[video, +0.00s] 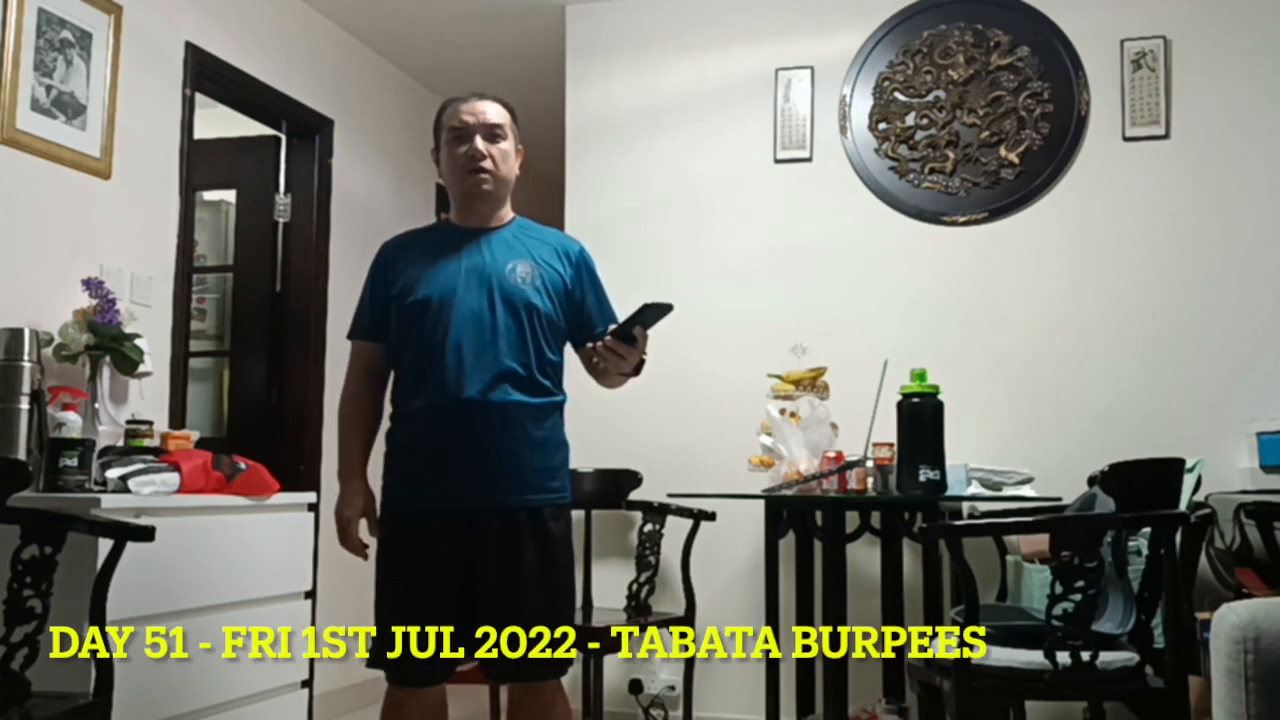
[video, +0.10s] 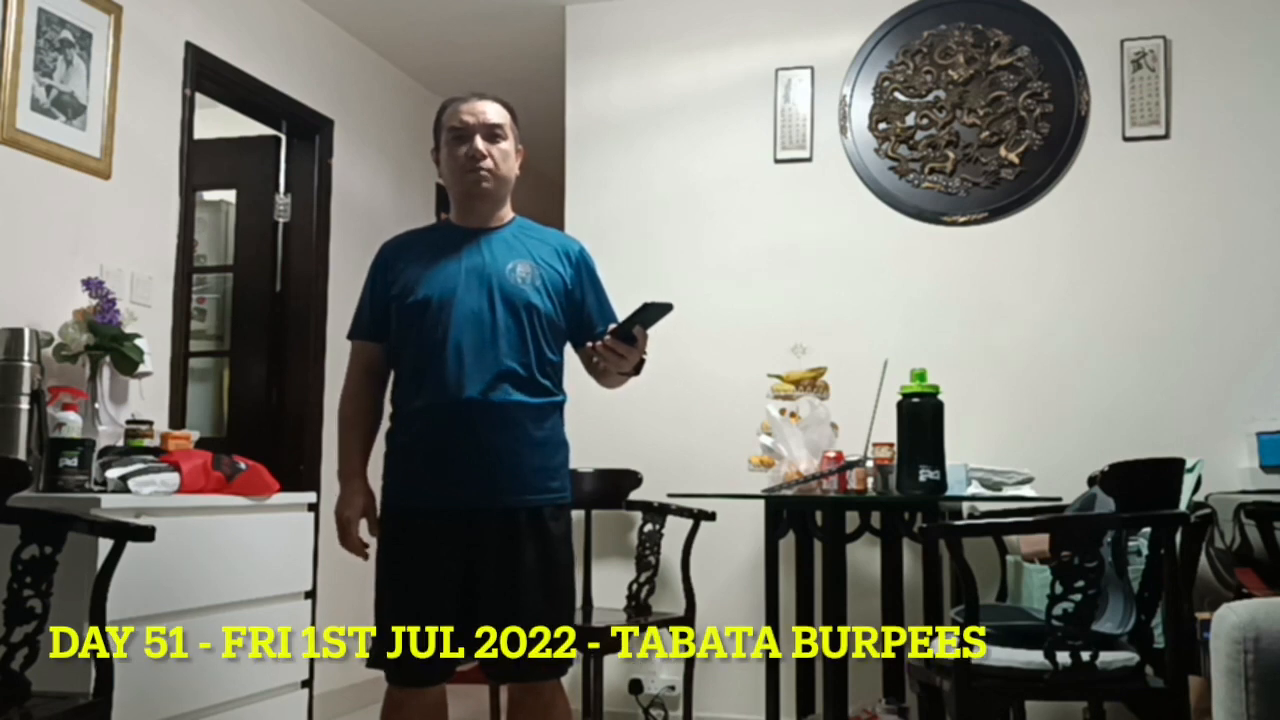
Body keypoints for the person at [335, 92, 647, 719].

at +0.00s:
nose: (477, 146)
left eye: (493, 134)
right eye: (460, 137)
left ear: (519, 159)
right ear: (438, 161)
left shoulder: (563, 253)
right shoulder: (400, 256)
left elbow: (603, 363)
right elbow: (365, 376)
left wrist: (622, 362)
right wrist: (352, 477)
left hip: (528, 497)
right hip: (421, 497)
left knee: (536, 680)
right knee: (413, 681)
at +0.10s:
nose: (477, 145)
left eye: (493, 134)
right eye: (460, 137)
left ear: (519, 159)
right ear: (438, 161)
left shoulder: (563, 253)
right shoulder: (400, 256)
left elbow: (603, 363)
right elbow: (365, 376)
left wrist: (622, 362)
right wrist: (352, 477)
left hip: (528, 496)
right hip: (422, 496)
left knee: (536, 680)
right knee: (413, 681)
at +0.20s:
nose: (477, 146)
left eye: (493, 135)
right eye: (460, 137)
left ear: (519, 159)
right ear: (437, 161)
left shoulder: (563, 254)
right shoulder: (400, 256)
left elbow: (603, 363)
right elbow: (365, 376)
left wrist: (622, 362)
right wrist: (352, 477)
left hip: (528, 497)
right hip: (422, 497)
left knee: (536, 680)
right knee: (413, 681)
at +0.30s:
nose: (477, 145)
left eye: (493, 134)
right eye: (460, 137)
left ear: (519, 159)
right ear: (438, 161)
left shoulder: (563, 254)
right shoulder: (400, 256)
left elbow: (603, 364)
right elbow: (365, 376)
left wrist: (622, 362)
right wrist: (352, 478)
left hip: (528, 497)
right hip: (422, 497)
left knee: (536, 680)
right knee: (413, 681)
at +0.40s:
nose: (477, 146)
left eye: (493, 135)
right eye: (460, 137)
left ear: (519, 159)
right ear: (437, 161)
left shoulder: (563, 254)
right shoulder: (400, 256)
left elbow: (603, 362)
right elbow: (365, 376)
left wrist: (622, 362)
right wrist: (352, 478)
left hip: (528, 497)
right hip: (422, 497)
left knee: (536, 680)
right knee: (413, 680)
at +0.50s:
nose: (477, 146)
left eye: (493, 135)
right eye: (460, 137)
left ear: (519, 159)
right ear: (438, 161)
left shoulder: (562, 254)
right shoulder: (400, 257)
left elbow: (602, 362)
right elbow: (365, 376)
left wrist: (622, 362)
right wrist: (352, 477)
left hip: (529, 497)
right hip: (422, 496)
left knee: (536, 680)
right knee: (413, 680)